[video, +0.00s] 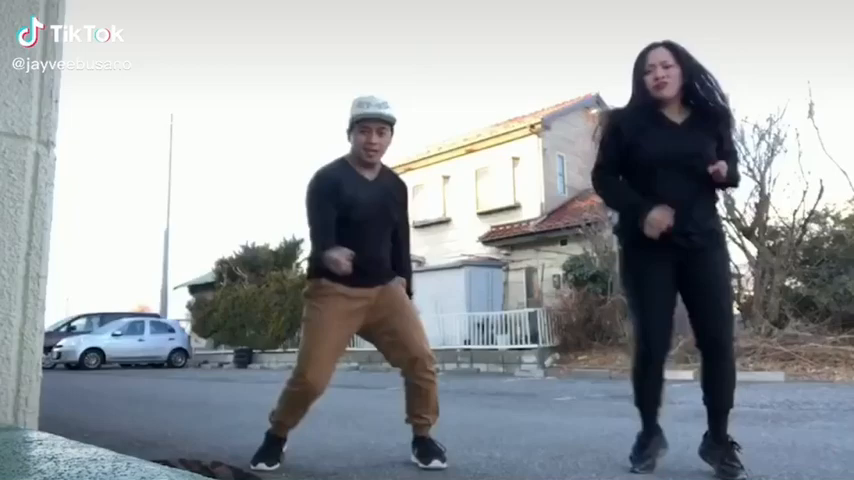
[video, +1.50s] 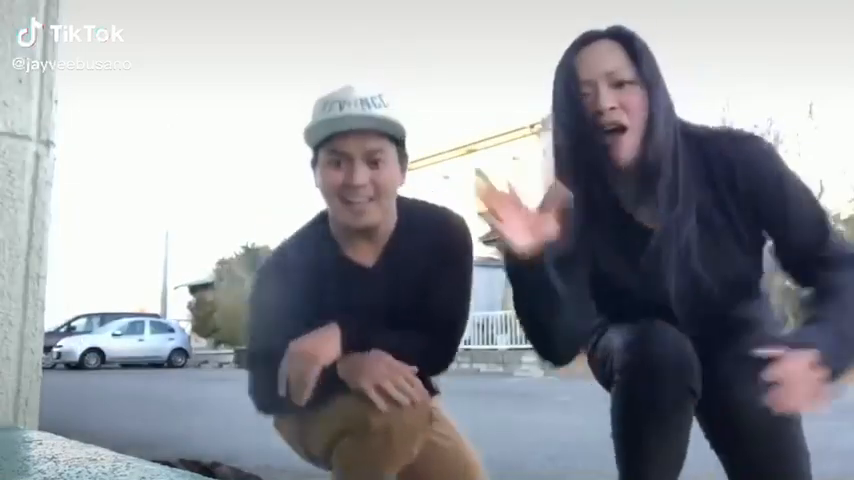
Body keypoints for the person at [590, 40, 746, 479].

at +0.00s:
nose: (658, 75)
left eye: (666, 67)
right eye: (649, 70)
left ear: (684, 72)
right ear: (640, 80)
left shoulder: (712, 118)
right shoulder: (625, 122)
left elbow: (731, 170)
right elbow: (603, 177)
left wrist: (724, 172)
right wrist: (642, 210)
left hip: (704, 244)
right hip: (647, 248)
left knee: (718, 340)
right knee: (652, 342)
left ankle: (717, 437)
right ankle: (650, 431)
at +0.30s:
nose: (677, 63)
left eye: (686, 55)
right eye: (668, 58)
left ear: (701, 62)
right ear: (659, 67)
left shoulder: (726, 110)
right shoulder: (642, 115)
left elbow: (767, 133)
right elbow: (605, 158)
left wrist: (735, 77)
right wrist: (592, 198)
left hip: (722, 237)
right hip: (659, 228)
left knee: (723, 345)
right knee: (706, 276)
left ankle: (714, 440)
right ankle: (671, 355)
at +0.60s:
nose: (684, 52)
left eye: (693, 43)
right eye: (674, 47)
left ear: (714, 50)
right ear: (661, 60)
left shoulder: (742, 103)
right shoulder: (649, 112)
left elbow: (781, 127)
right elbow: (623, 171)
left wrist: (715, 75)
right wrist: (632, 227)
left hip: (739, 239)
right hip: (670, 237)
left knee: (764, 359)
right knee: (683, 328)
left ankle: (731, 459)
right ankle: (673, 456)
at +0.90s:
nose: (643, 53)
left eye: (656, 40)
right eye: (628, 46)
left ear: (681, 51)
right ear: (612, 68)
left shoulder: (726, 107)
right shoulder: (602, 144)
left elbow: (760, 152)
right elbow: (593, 224)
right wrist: (646, 268)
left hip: (728, 286)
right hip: (641, 287)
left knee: (803, 447)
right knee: (673, 342)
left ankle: (742, 462)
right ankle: (639, 473)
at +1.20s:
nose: (616, 94)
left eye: (631, 75)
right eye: (594, 87)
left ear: (662, 87)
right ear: (578, 112)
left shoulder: (732, 163)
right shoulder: (571, 202)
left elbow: (785, 264)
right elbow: (541, 296)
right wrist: (618, 327)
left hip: (731, 349)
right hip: (634, 357)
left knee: (792, 472)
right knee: (676, 364)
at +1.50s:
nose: (604, 104)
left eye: (621, 85)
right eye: (586, 91)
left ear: (651, 92)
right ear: (569, 109)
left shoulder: (738, 161)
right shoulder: (571, 200)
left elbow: (833, 266)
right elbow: (558, 345)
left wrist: (822, 349)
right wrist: (529, 263)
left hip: (736, 340)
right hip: (635, 341)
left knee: (781, 468)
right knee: (657, 356)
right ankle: (643, 471)